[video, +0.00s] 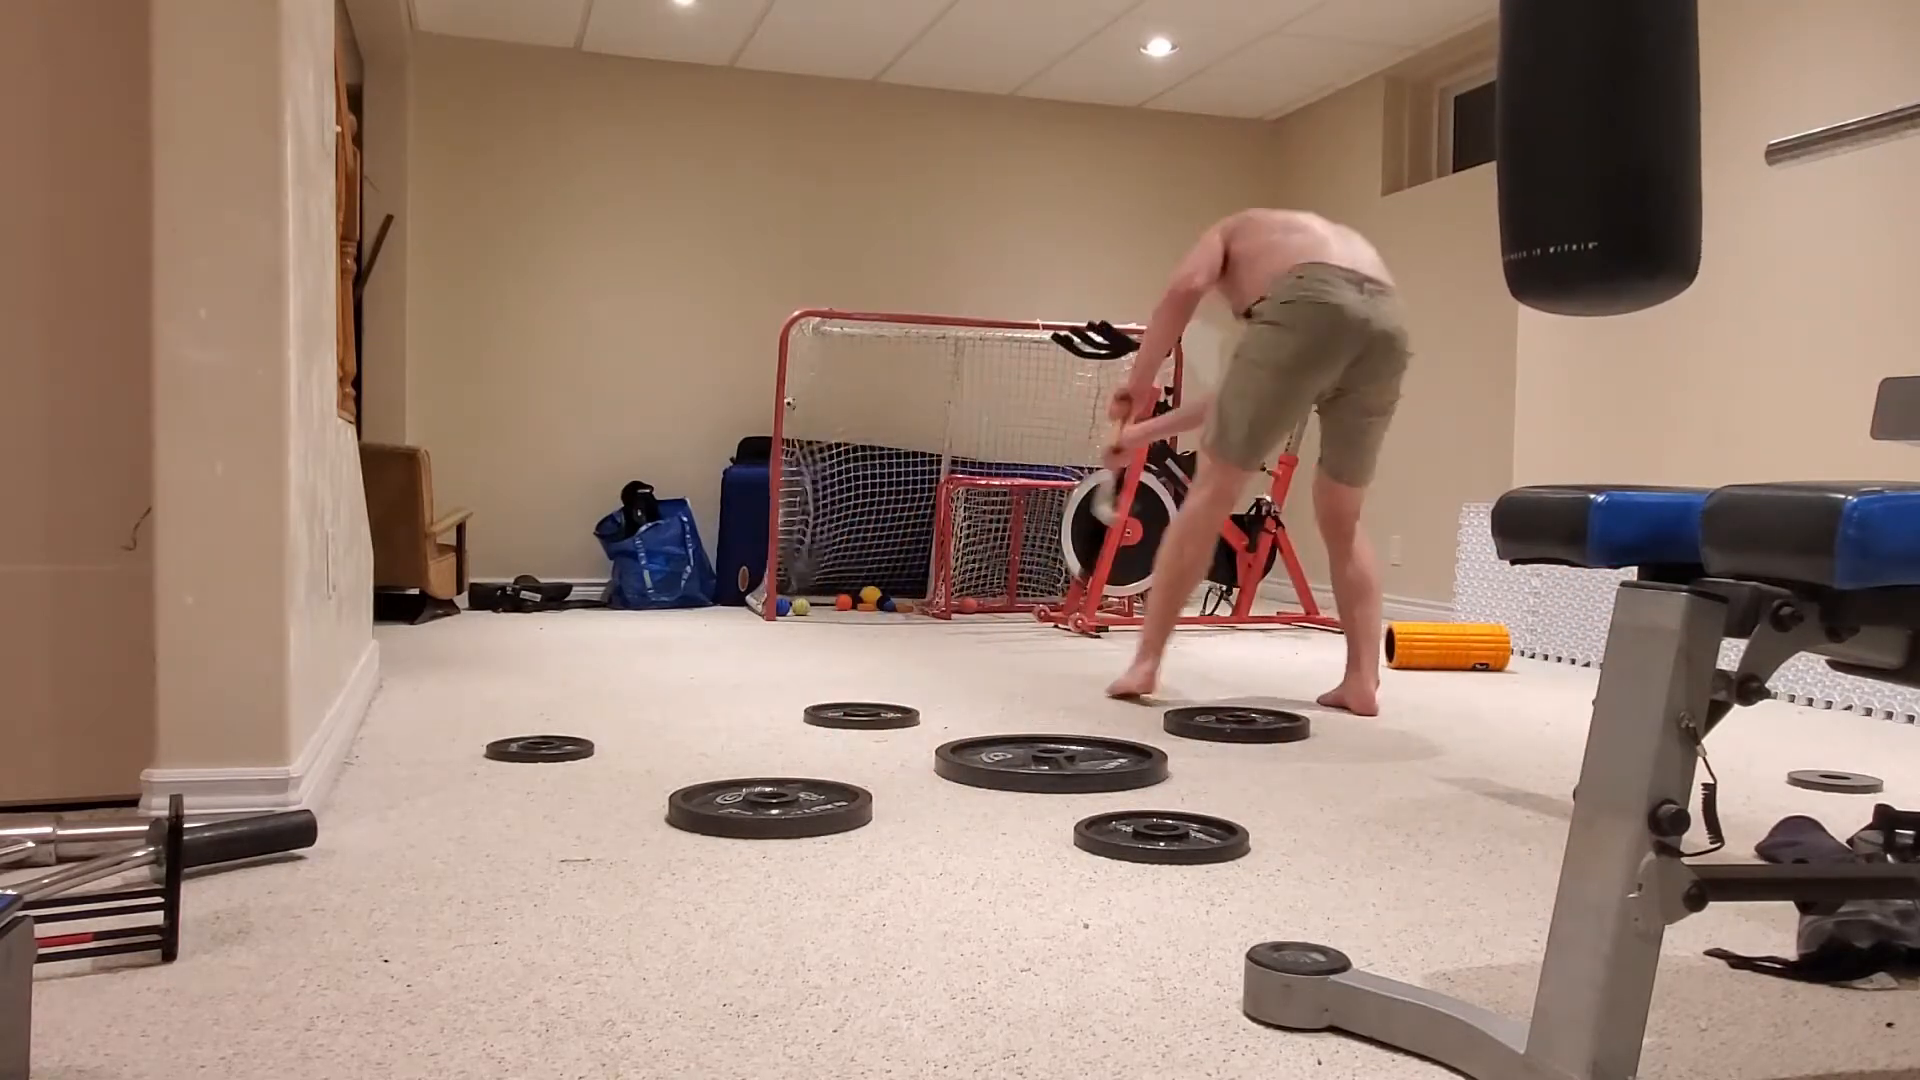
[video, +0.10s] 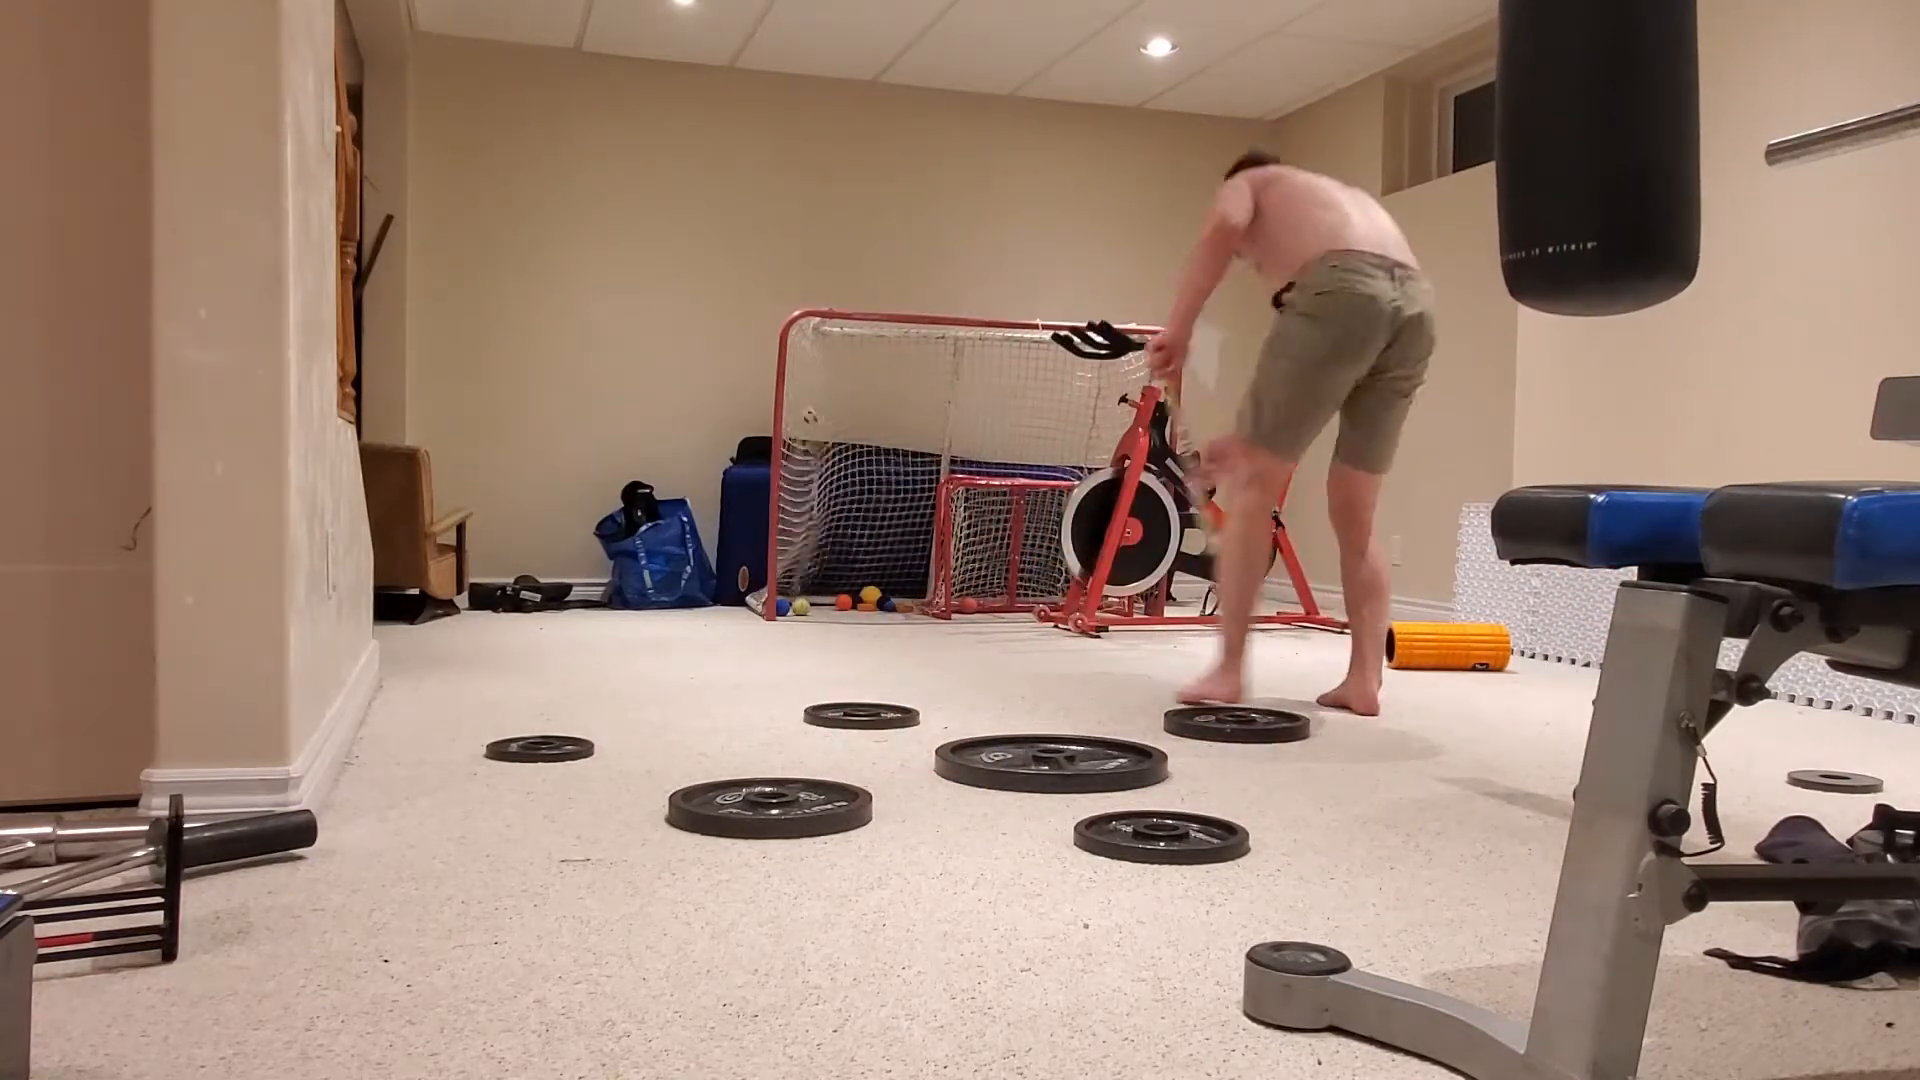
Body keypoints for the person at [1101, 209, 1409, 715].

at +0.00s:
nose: (1247, 315)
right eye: (1247, 308)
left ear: (1233, 241)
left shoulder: (1231, 229)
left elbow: (1189, 286)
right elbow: (1233, 398)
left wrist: (1139, 384)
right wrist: (1142, 434)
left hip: (1309, 298)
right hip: (1389, 320)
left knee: (1213, 494)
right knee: (1344, 520)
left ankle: (1146, 664)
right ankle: (1361, 683)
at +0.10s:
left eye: (1233, 191)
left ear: (1243, 175)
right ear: (1280, 171)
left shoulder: (1248, 179)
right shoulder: (1340, 199)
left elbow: (1229, 225)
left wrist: (1178, 328)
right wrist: (1249, 440)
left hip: (1338, 290)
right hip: (1415, 303)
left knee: (1257, 481)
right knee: (1355, 504)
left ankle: (1228, 671)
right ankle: (1364, 683)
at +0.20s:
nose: (1238, 193)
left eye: (1235, 180)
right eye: (1234, 189)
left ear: (1245, 148)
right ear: (1293, 135)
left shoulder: (1254, 150)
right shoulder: (1352, 169)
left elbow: (1274, 187)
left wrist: (1232, 296)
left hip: (1361, 290)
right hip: (1431, 299)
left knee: (1296, 484)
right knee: (1371, 502)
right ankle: (1368, 679)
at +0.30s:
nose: (1258, 171)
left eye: (1253, 159)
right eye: (1254, 168)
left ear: (1259, 133)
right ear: (1308, 118)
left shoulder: (1274, 139)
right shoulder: (1381, 167)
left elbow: (1305, 174)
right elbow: (1460, 261)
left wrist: (1284, 283)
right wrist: (1467, 367)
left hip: (1375, 301)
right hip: (1441, 308)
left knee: (1347, 507)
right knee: (1382, 505)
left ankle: (1405, 692)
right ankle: (1383, 669)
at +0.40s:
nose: (1270, 151)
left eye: (1267, 140)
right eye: (1268, 143)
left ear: (1275, 124)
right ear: (1330, 115)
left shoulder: (1295, 137)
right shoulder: (1396, 161)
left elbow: (1328, 186)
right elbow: (1484, 244)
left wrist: (1325, 288)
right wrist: (1534, 325)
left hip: (1394, 308)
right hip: (1450, 324)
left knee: (1345, 503)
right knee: (1388, 497)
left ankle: (1402, 691)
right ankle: (1409, 651)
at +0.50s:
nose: (1293, 130)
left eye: (1289, 120)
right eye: (1290, 122)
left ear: (1300, 105)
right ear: (1356, 97)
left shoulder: (1321, 124)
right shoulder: (1415, 150)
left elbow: (1363, 184)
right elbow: (1495, 229)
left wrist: (1350, 288)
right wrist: (1552, 306)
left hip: (1401, 310)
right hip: (1456, 318)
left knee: (1362, 506)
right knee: (1393, 501)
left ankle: (1404, 692)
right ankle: (1446, 654)